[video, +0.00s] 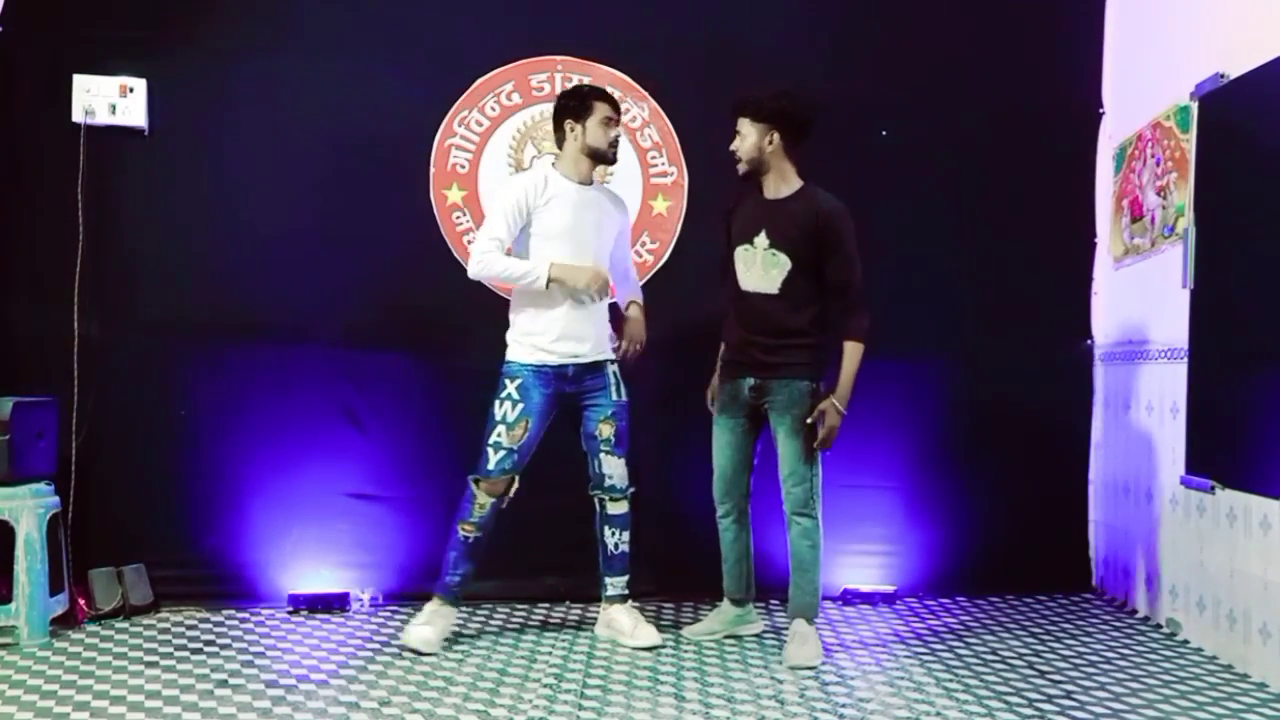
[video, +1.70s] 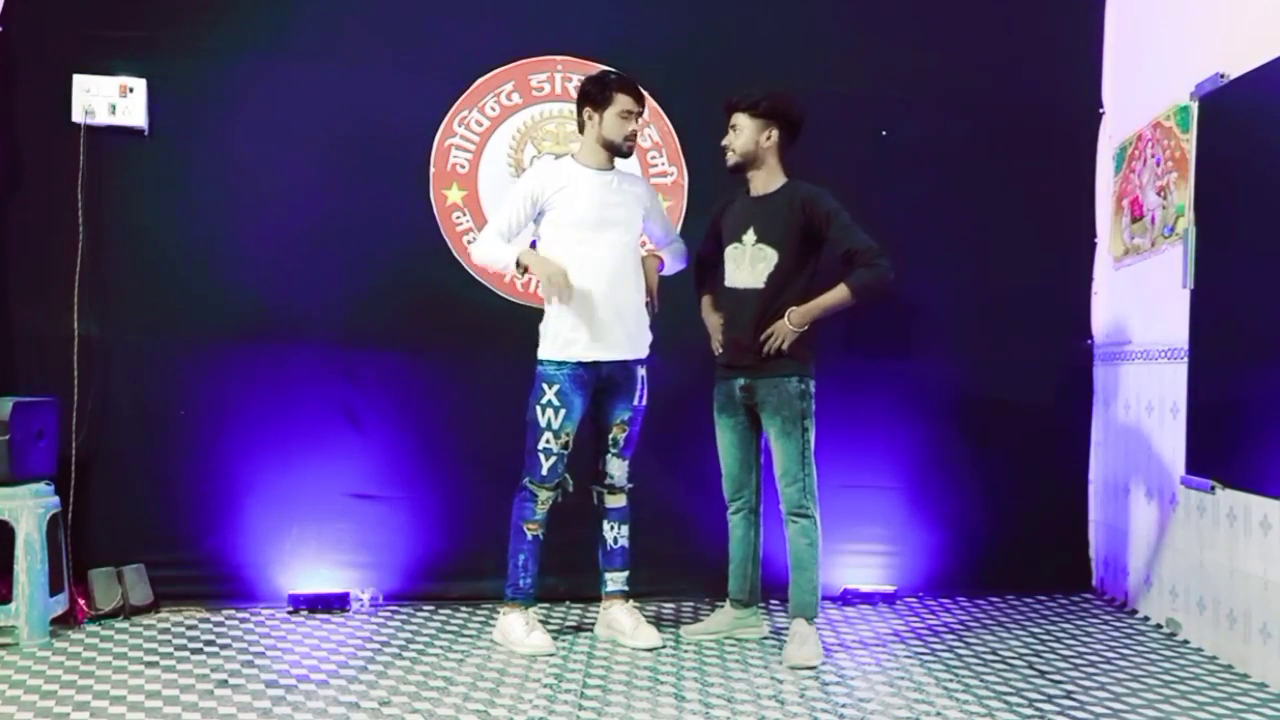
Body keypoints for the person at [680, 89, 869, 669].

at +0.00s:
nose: (734, 144)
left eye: (742, 133)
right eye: (735, 133)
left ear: (774, 139)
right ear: (764, 141)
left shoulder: (823, 213)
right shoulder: (741, 209)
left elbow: (855, 311)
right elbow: (737, 300)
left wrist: (840, 398)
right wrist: (720, 368)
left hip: (795, 379)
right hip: (735, 376)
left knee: (799, 505)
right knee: (728, 498)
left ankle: (802, 623)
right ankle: (737, 607)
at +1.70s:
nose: (725, 138)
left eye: (735, 129)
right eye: (727, 130)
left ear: (770, 137)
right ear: (752, 140)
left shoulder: (808, 202)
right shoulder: (728, 209)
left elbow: (873, 268)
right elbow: (702, 270)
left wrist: (804, 313)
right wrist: (712, 316)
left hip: (784, 372)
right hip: (730, 372)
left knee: (797, 503)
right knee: (738, 498)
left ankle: (802, 623)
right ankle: (742, 609)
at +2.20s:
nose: (714, 142)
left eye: (725, 132)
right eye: (716, 132)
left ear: (759, 139)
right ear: (745, 142)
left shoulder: (796, 202)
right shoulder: (721, 211)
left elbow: (825, 279)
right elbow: (711, 281)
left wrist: (748, 302)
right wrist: (711, 317)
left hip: (777, 377)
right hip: (724, 378)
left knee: (790, 503)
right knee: (733, 499)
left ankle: (802, 622)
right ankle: (741, 609)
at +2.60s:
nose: (702, 145)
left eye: (712, 136)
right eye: (702, 136)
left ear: (747, 143)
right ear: (724, 146)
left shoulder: (773, 206)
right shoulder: (724, 209)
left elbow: (739, 286)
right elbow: (713, 278)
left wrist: (672, 257)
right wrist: (665, 254)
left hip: (762, 370)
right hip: (722, 371)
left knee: (752, 487)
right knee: (726, 493)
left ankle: (797, 615)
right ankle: (741, 610)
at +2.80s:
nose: (697, 150)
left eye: (709, 139)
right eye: (693, 140)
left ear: (742, 145)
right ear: (696, 146)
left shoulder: (766, 199)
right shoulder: (713, 208)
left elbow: (713, 236)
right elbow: (672, 239)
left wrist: (645, 187)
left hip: (764, 371)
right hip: (727, 371)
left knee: (762, 499)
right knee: (730, 498)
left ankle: (759, 634)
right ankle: (738, 609)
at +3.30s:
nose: (680, 139)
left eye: (687, 128)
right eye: (681, 128)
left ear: (716, 133)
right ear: (712, 134)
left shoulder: (762, 192)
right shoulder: (716, 195)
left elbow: (762, 276)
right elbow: (715, 266)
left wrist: (692, 253)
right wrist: (668, 248)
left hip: (763, 370)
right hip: (730, 369)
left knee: (761, 500)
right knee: (728, 496)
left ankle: (762, 638)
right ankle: (738, 613)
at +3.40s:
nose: (680, 137)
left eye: (686, 126)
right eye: (681, 127)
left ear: (715, 131)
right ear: (715, 132)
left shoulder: (763, 195)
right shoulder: (725, 199)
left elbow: (782, 283)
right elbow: (722, 279)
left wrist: (702, 291)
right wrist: (666, 289)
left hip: (757, 372)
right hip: (727, 371)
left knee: (758, 501)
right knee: (729, 500)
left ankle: (761, 638)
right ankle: (739, 614)